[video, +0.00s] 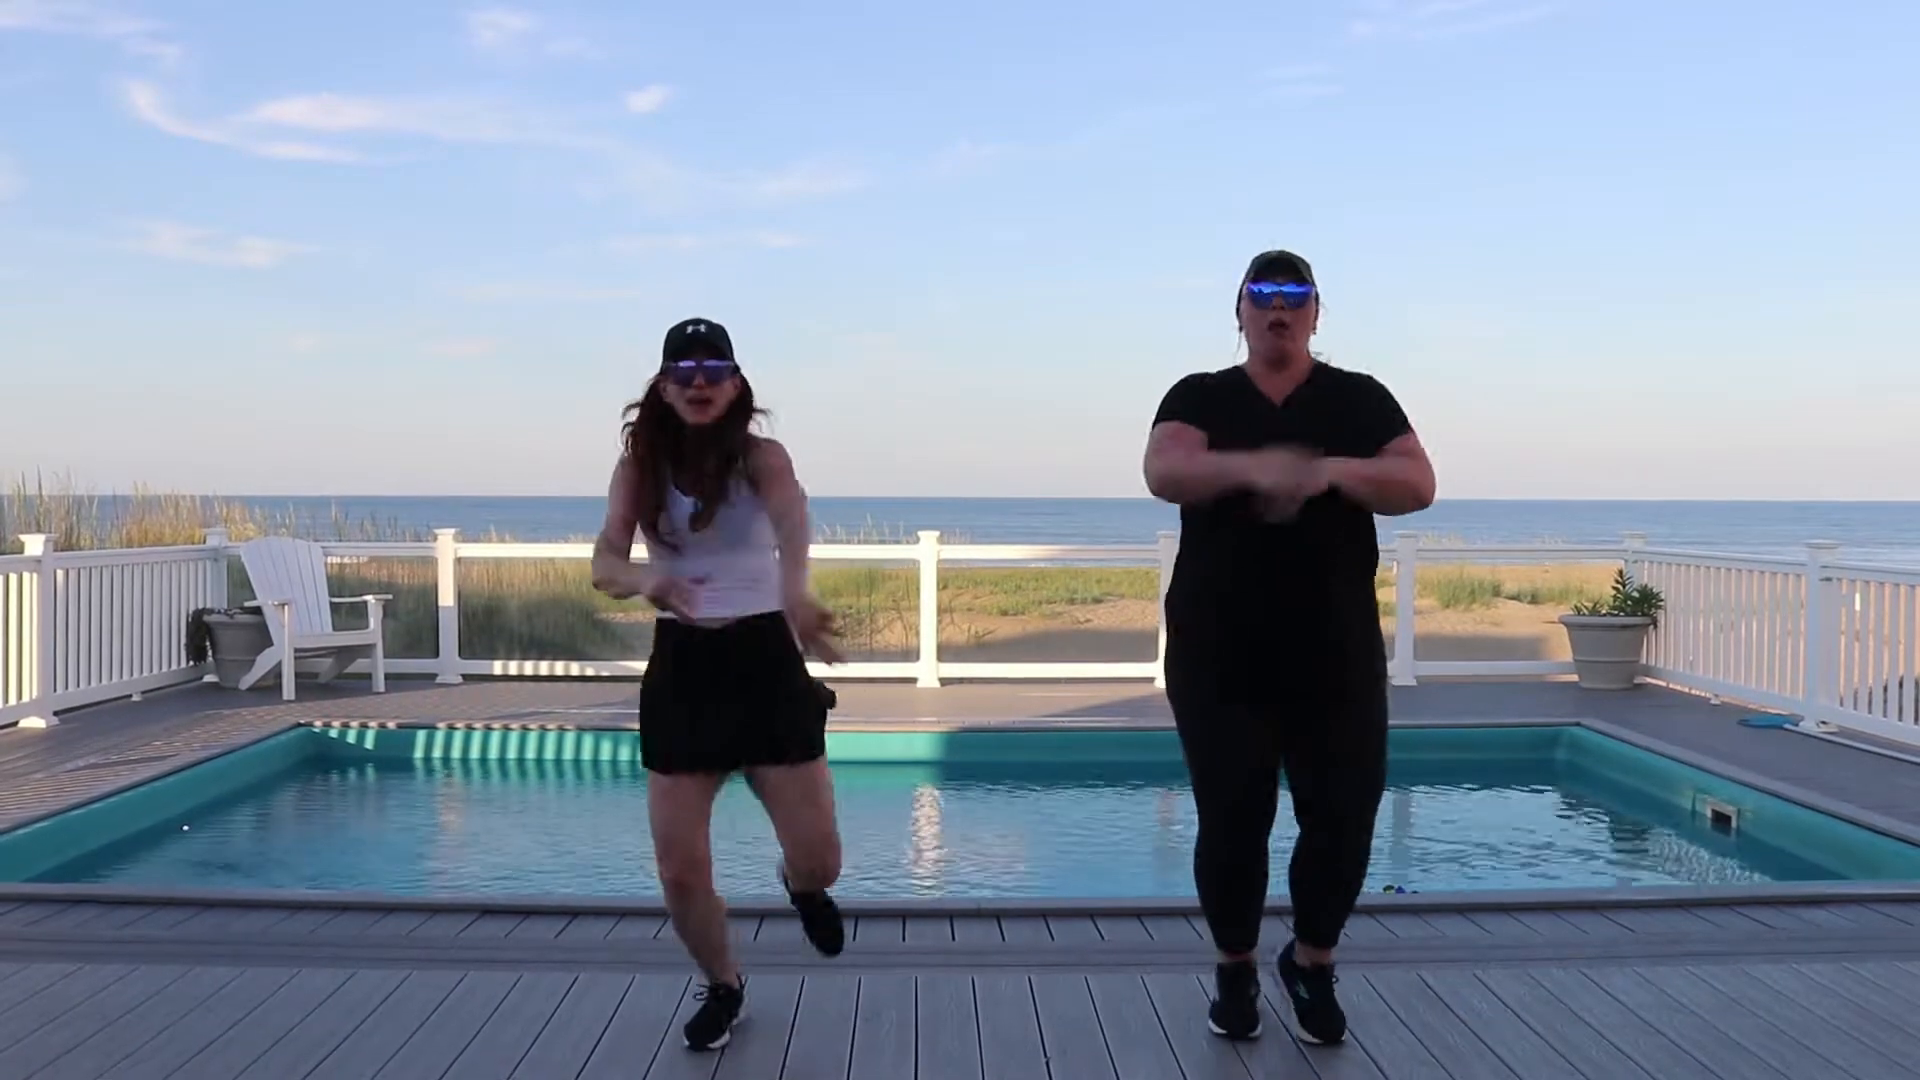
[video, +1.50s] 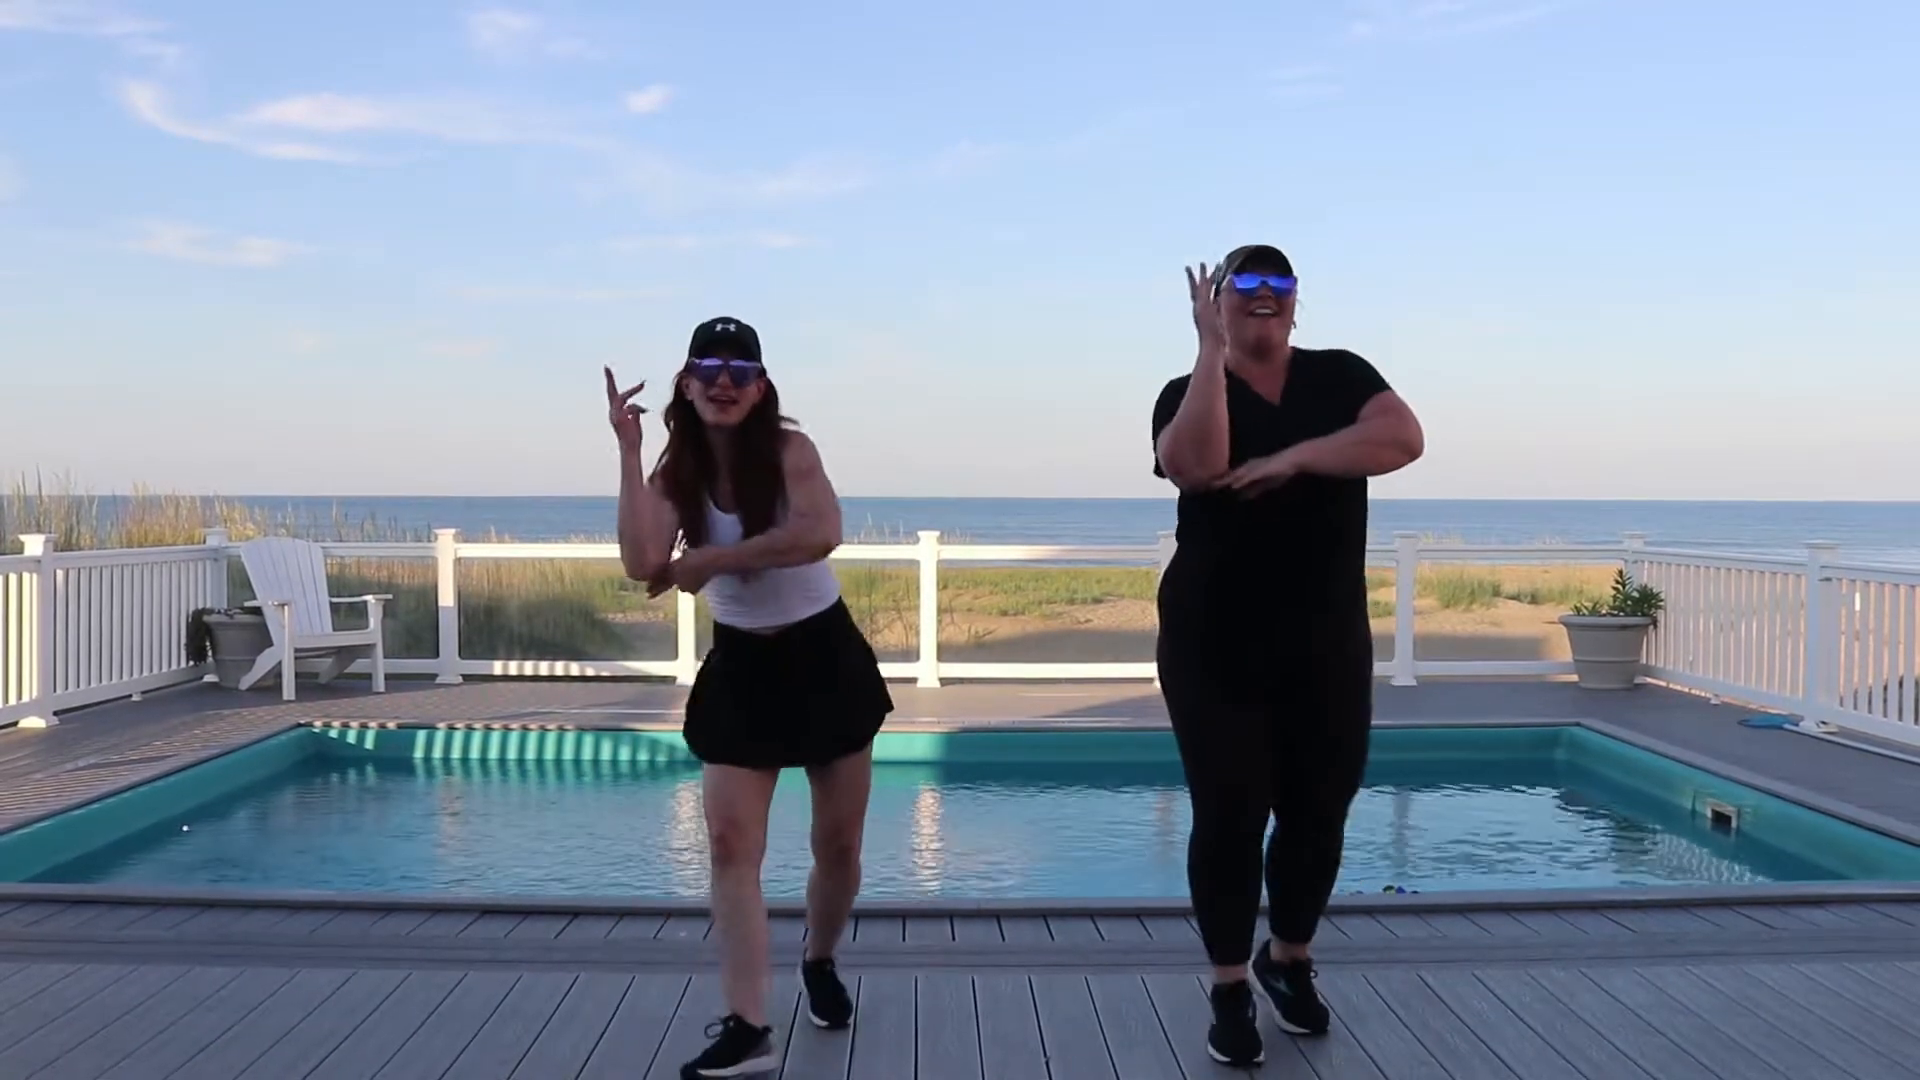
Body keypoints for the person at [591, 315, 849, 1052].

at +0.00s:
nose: (699, 385)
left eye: (714, 372)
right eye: (683, 373)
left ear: (736, 381)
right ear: (662, 383)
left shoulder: (762, 457)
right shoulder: (641, 464)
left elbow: (793, 525)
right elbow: (606, 564)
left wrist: (796, 596)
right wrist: (646, 578)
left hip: (767, 658)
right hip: (681, 663)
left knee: (818, 859)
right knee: (679, 869)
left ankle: (805, 888)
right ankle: (723, 983)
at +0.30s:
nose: (732, 370)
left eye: (746, 357)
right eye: (716, 358)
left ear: (769, 368)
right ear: (693, 367)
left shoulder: (765, 446)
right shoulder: (665, 424)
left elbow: (820, 507)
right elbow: (647, 502)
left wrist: (847, 401)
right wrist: (755, 513)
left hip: (730, 654)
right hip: (643, 655)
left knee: (732, 851)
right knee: (647, 867)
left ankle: (708, 1029)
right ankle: (710, 968)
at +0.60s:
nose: (729, 383)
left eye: (743, 369)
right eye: (713, 370)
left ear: (765, 378)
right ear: (691, 378)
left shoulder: (764, 457)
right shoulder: (668, 436)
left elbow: (815, 523)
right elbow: (649, 509)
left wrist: (837, 413)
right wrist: (753, 520)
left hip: (719, 665)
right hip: (633, 660)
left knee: (718, 852)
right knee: (620, 854)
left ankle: (700, 1027)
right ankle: (627, 974)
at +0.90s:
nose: (730, 388)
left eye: (744, 376)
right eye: (714, 376)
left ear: (765, 386)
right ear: (691, 387)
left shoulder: (789, 470)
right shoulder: (668, 460)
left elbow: (824, 567)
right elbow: (592, 492)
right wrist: (675, 473)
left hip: (768, 671)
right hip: (682, 666)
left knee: (765, 876)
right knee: (624, 855)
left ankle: (733, 997)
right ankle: (654, 961)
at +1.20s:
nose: (713, 367)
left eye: (730, 356)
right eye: (699, 356)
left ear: (754, 367)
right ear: (678, 369)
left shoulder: (780, 431)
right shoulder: (669, 447)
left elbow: (812, 521)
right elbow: (633, 532)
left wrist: (701, 544)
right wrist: (623, 417)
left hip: (806, 651)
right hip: (721, 655)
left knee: (803, 862)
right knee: (709, 845)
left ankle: (748, 977)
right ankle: (736, 1031)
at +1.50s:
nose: (722, 384)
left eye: (738, 372)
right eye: (708, 372)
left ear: (761, 383)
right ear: (686, 384)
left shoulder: (789, 447)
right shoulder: (680, 469)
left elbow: (822, 531)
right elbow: (643, 561)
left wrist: (717, 560)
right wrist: (632, 454)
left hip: (825, 655)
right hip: (739, 663)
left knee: (839, 845)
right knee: (729, 838)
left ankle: (820, 959)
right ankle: (748, 1024)